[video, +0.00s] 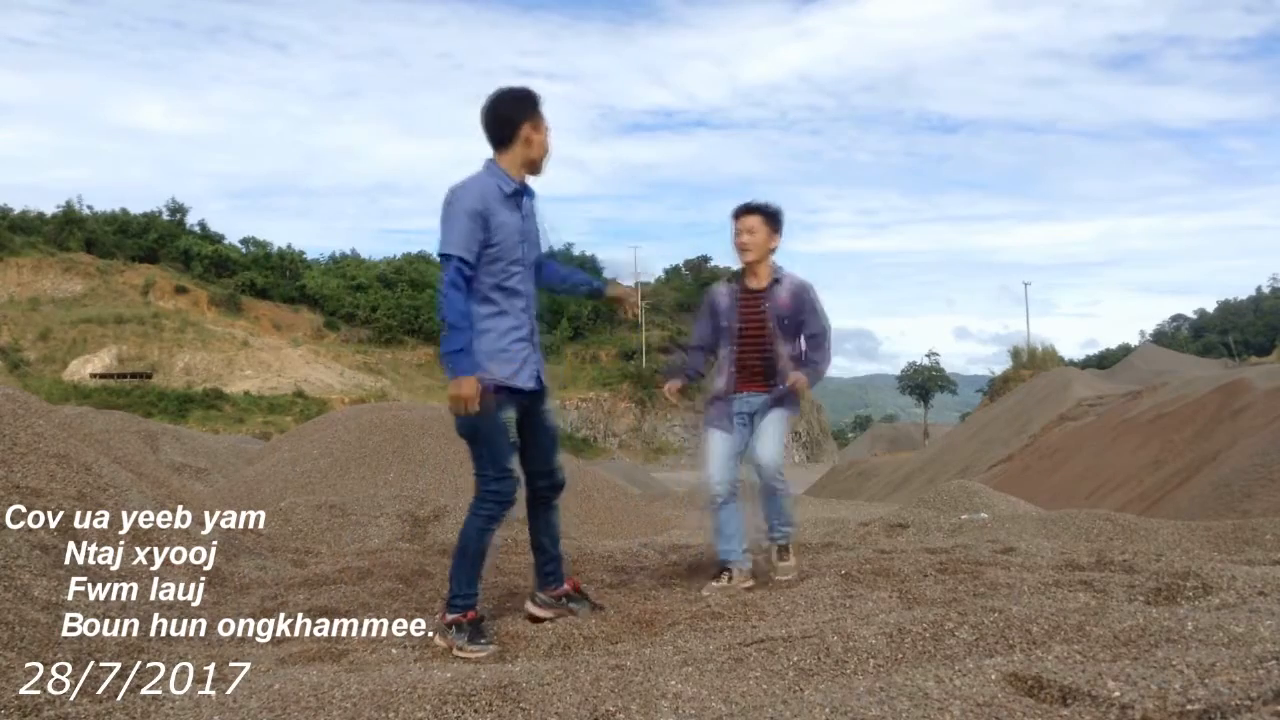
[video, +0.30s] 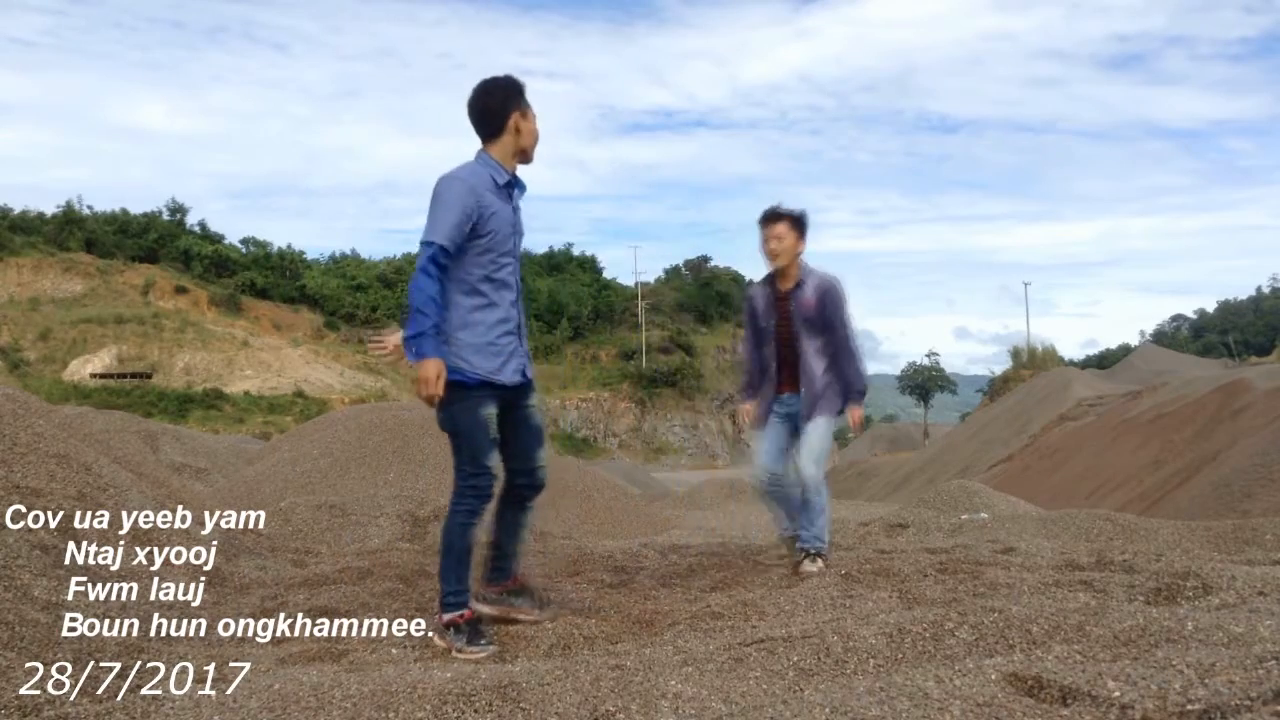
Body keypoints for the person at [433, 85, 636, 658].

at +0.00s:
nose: (549, 139)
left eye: (546, 129)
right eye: (544, 129)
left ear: (518, 135)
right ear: (525, 133)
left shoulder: (524, 201)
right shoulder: (470, 196)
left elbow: (538, 269)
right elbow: (453, 285)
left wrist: (605, 288)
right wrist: (460, 368)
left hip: (527, 372)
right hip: (484, 375)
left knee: (545, 481)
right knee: (496, 489)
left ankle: (550, 590)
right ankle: (460, 611)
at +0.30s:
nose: (538, 128)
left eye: (534, 117)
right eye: (533, 117)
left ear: (504, 125)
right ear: (517, 122)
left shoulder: (508, 194)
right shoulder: (462, 186)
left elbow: (480, 278)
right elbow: (429, 267)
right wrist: (427, 350)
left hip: (511, 367)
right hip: (465, 367)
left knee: (526, 476)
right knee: (474, 485)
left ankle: (500, 583)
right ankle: (453, 612)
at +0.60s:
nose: (525, 134)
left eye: (522, 122)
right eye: (522, 123)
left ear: (485, 129)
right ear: (509, 127)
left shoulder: (489, 194)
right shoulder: (459, 189)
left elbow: (483, 291)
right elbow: (446, 283)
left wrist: (501, 365)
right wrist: (464, 368)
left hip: (496, 372)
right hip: (466, 374)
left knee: (509, 479)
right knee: (477, 488)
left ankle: (484, 589)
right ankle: (450, 615)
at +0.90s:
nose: (517, 133)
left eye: (512, 123)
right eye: (513, 122)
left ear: (475, 130)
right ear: (500, 126)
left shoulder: (482, 190)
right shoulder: (463, 188)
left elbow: (485, 284)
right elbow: (466, 282)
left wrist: (535, 308)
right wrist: (504, 361)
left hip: (486, 365)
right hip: (466, 368)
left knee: (495, 482)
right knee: (476, 486)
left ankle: (485, 590)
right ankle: (450, 616)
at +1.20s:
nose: (523, 137)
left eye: (519, 127)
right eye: (520, 127)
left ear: (479, 132)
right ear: (507, 129)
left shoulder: (481, 189)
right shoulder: (469, 187)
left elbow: (453, 283)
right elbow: (466, 277)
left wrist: (440, 357)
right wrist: (492, 364)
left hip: (489, 368)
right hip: (467, 371)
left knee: (518, 475)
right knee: (475, 489)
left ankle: (504, 589)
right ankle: (449, 617)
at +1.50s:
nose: (550, 153)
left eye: (546, 143)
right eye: (546, 143)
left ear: (511, 151)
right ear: (534, 147)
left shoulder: (521, 207)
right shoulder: (499, 202)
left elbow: (518, 295)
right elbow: (485, 289)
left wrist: (539, 370)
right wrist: (494, 369)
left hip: (537, 380)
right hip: (510, 381)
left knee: (553, 488)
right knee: (501, 493)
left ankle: (553, 594)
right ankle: (452, 613)